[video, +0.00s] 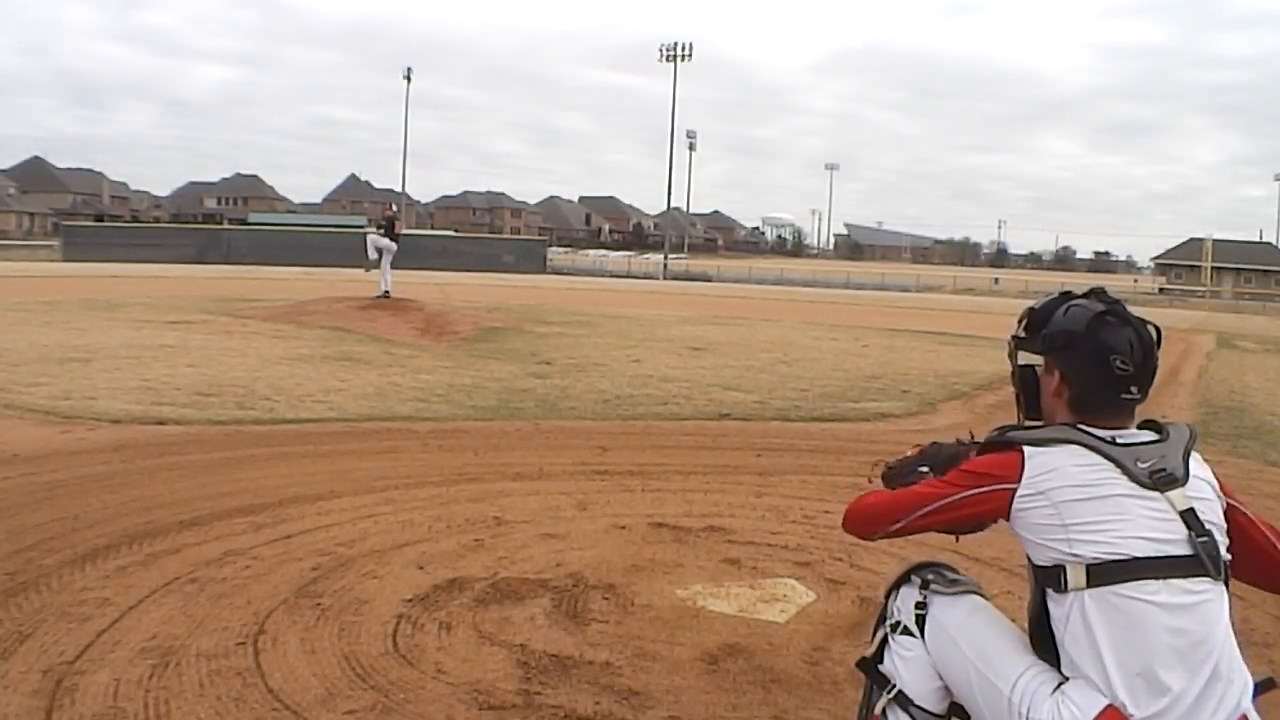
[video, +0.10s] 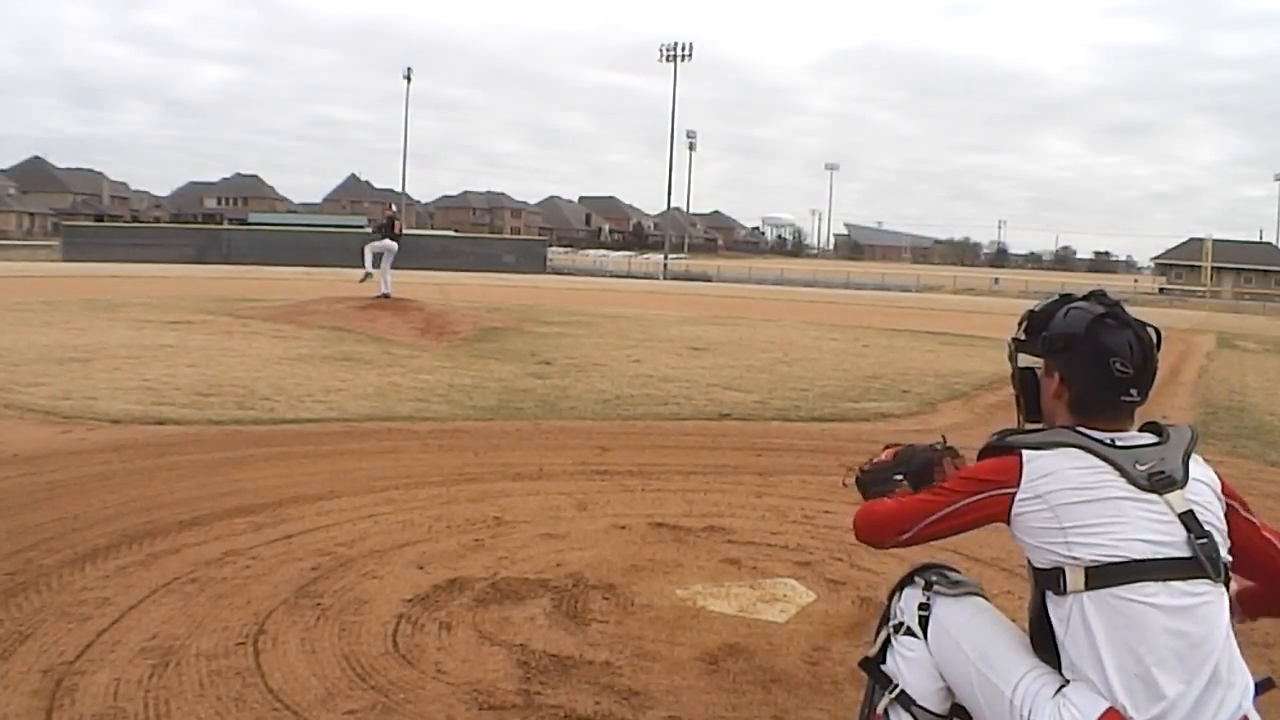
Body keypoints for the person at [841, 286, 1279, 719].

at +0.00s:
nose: (1034, 377)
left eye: (1040, 366)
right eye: (1038, 364)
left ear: (1058, 383)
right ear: (1131, 385)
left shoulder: (1029, 463)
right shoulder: (1189, 461)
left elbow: (863, 518)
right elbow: (1269, 566)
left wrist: (925, 473)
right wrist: (1171, 526)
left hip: (1109, 712)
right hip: (1229, 709)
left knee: (922, 595)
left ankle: (905, 706)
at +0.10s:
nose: (1034, 380)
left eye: (1040, 368)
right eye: (1038, 366)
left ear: (1057, 385)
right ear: (1131, 388)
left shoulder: (1030, 466)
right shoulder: (1192, 464)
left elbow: (874, 525)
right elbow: (1273, 580)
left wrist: (896, 484)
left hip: (1109, 712)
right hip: (1229, 708)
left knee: (925, 596)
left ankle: (907, 706)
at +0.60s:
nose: (1032, 389)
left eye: (1038, 376)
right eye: (1036, 374)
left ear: (1057, 393)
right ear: (1132, 393)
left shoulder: (1026, 474)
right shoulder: (1202, 480)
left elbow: (874, 543)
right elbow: (1276, 593)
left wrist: (889, 507)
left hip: (1106, 713)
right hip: (1227, 710)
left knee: (929, 601)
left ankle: (910, 707)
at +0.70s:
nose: (1031, 390)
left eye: (1036, 376)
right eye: (1034, 374)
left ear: (1055, 394)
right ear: (1130, 395)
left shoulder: (1024, 473)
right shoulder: (1199, 481)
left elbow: (867, 546)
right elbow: (1275, 594)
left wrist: (888, 509)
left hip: (1101, 714)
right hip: (1223, 712)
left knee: (927, 601)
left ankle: (911, 709)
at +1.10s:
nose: (1028, 388)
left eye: (1033, 376)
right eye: (1031, 373)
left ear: (1052, 393)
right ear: (1128, 394)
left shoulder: (1021, 471)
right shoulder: (1191, 485)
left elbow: (870, 522)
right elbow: (1278, 604)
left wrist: (913, 464)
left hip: (1096, 713)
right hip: (1214, 711)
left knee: (923, 601)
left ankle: (909, 709)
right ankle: (1228, 697)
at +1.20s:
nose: (1035, 392)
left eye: (1041, 380)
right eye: (1038, 378)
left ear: (1059, 396)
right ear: (1134, 400)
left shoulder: (1024, 473)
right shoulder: (1198, 492)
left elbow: (889, 509)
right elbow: (1276, 610)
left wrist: (931, 454)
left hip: (1092, 713)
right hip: (1215, 711)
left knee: (920, 602)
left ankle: (909, 709)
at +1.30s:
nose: (1049, 394)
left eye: (1054, 384)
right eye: (1052, 382)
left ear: (1070, 400)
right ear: (1144, 406)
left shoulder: (1033, 479)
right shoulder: (1206, 498)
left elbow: (920, 499)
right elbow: (1276, 612)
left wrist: (949, 460)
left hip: (1090, 714)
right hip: (1216, 711)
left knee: (923, 601)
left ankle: (909, 709)